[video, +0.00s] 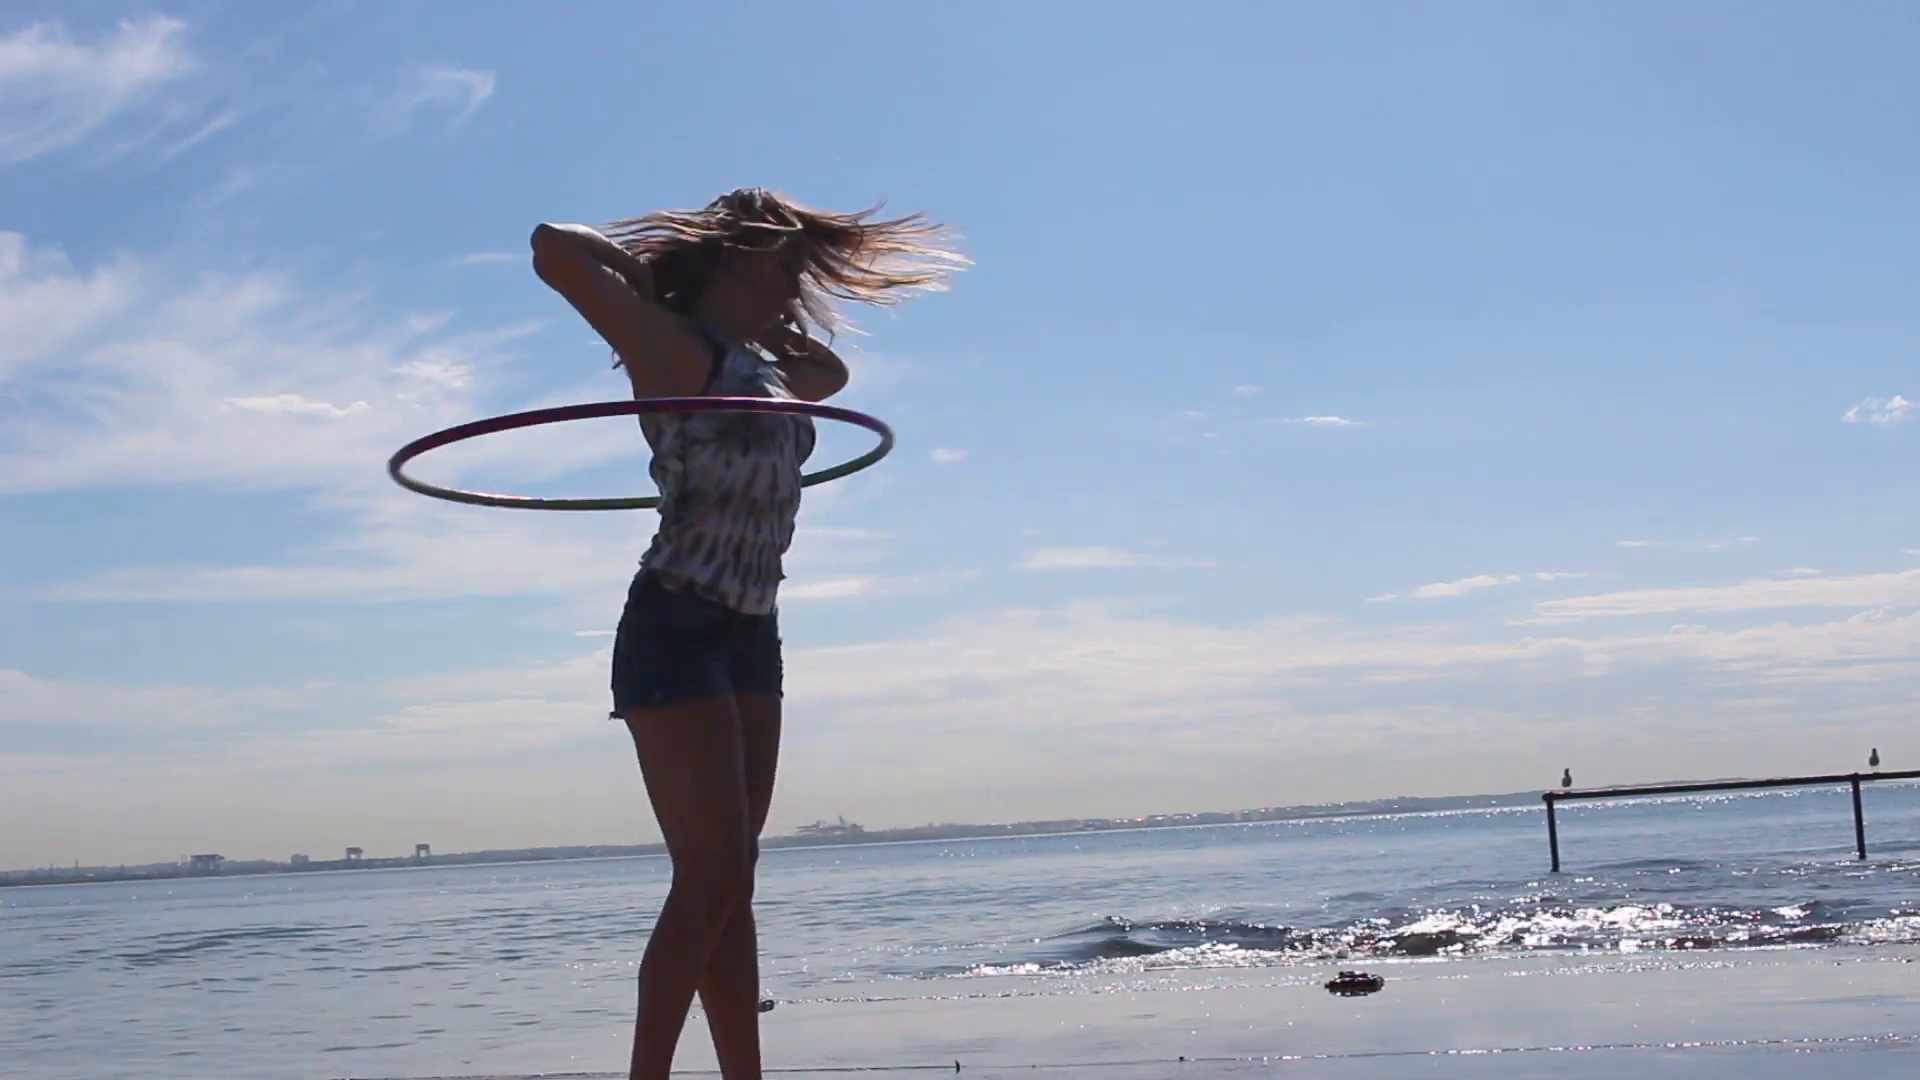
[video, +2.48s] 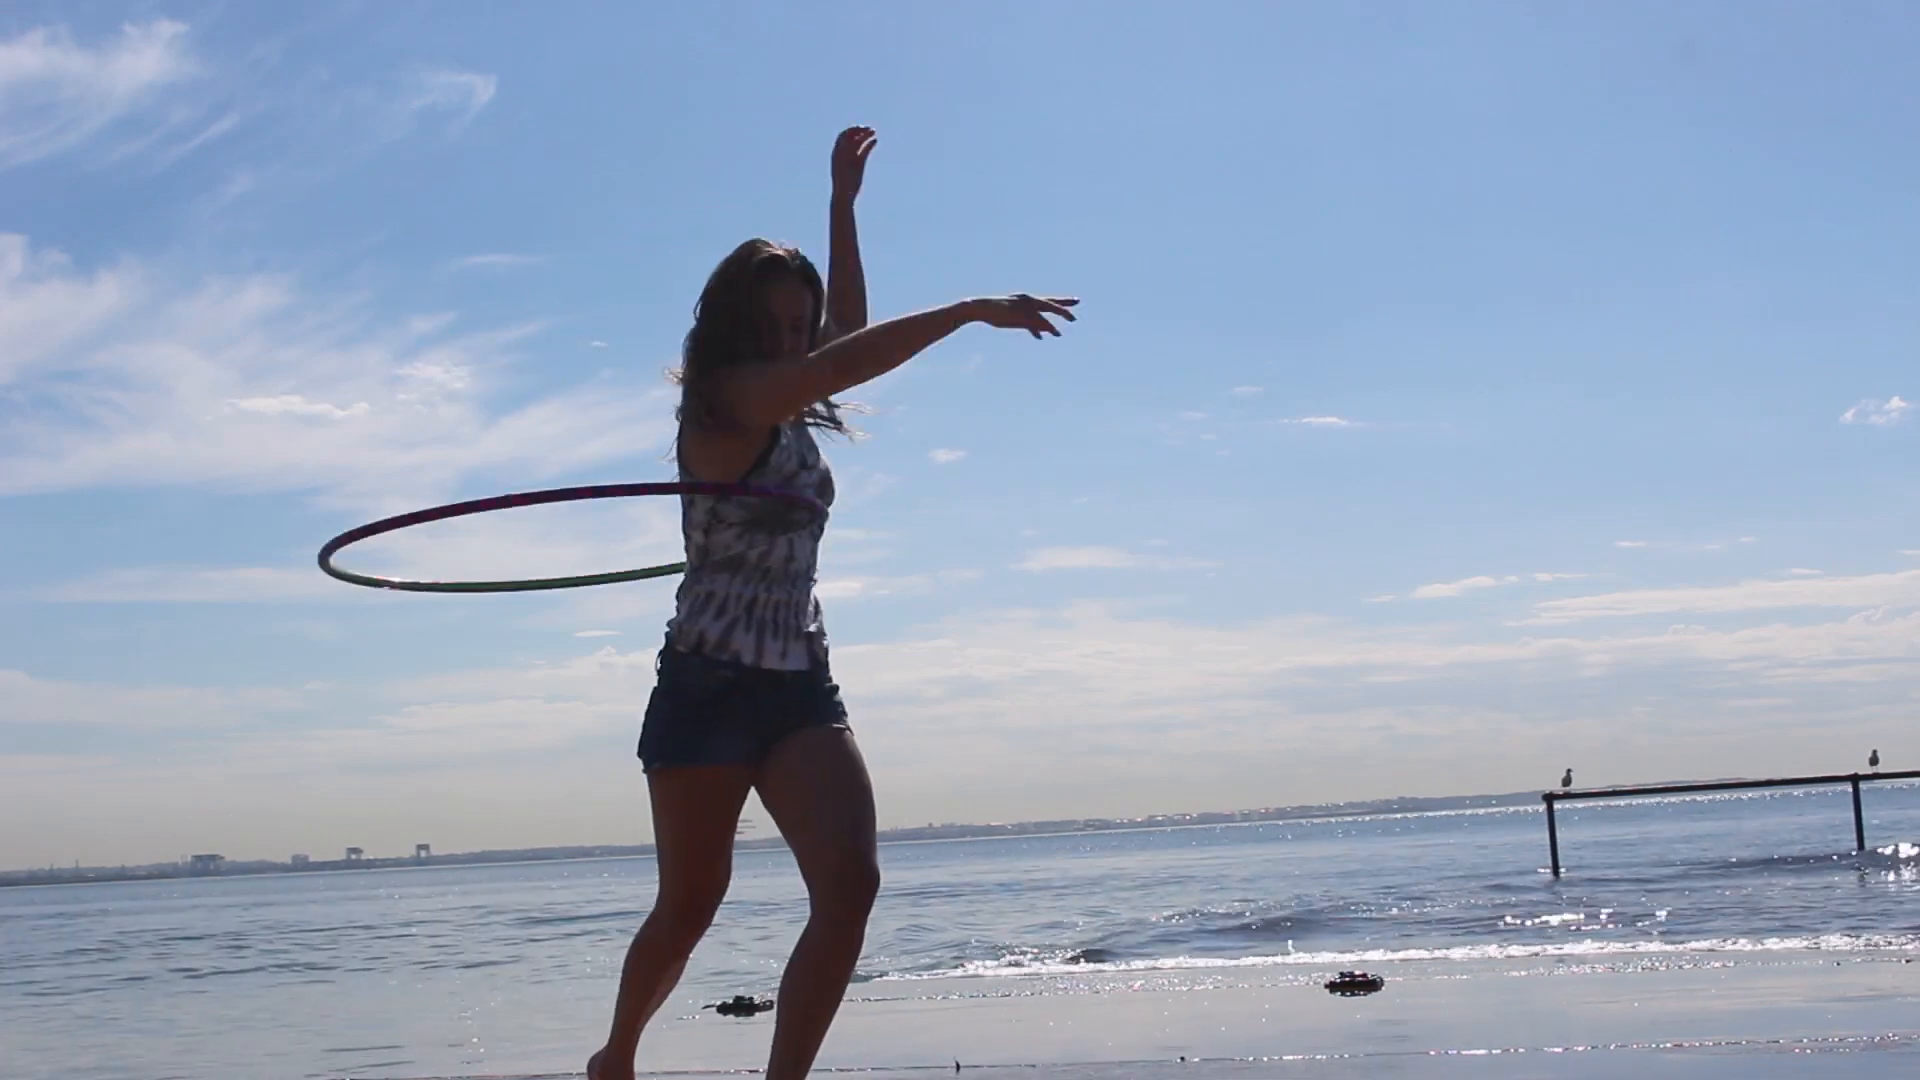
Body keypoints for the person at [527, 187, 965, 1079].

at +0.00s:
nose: (795, 288)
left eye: (798, 271)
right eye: (783, 268)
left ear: (761, 278)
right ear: (730, 266)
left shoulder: (763, 366)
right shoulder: (668, 347)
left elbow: (831, 373)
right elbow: (552, 246)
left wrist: (777, 321)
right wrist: (643, 262)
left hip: (752, 636)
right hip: (674, 630)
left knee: (733, 877)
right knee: (710, 873)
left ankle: (743, 1076)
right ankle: (648, 1073)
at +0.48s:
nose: (582, 318)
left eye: (597, 302)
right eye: (584, 304)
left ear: (637, 316)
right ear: (611, 318)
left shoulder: (651, 402)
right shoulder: (597, 412)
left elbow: (737, 461)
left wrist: (628, 386)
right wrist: (579, 623)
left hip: (646, 673)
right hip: (614, 672)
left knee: (582, 902)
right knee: (541, 896)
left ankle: (657, 1073)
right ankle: (699, 1068)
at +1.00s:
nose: (506, 395)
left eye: (503, 384)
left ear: (519, 379)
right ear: (574, 340)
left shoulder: (529, 442)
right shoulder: (661, 401)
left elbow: (412, 505)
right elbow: (764, 408)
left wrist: (417, 410)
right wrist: (729, 336)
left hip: (550, 682)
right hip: (646, 677)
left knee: (610, 893)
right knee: (708, 883)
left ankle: (620, 1067)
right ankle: (624, 1051)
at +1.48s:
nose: (763, 311)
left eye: (763, 299)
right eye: (746, 298)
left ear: (741, 327)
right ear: (694, 317)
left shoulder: (756, 418)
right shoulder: (629, 394)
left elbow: (816, 467)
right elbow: (487, 398)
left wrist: (891, 472)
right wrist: (425, 298)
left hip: (723, 679)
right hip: (631, 677)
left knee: (761, 875)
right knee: (650, 897)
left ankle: (722, 1072)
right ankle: (622, 1054)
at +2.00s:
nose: (676, 301)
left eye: (693, 286)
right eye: (674, 287)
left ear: (741, 293)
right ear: (690, 298)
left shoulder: (745, 370)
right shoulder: (718, 378)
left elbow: (793, 386)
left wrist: (830, 372)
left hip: (772, 634)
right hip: (803, 632)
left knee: (742, 859)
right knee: (808, 867)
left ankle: (774, 1072)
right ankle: (855, 1069)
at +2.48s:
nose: (803, 328)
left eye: (808, 315)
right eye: (788, 311)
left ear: (809, 319)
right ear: (746, 312)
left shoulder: (785, 396)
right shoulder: (725, 394)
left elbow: (847, 331)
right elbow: (850, 355)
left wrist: (844, 199)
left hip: (793, 685)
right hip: (705, 685)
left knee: (848, 890)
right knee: (688, 903)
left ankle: (785, 1075)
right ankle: (615, 1056)